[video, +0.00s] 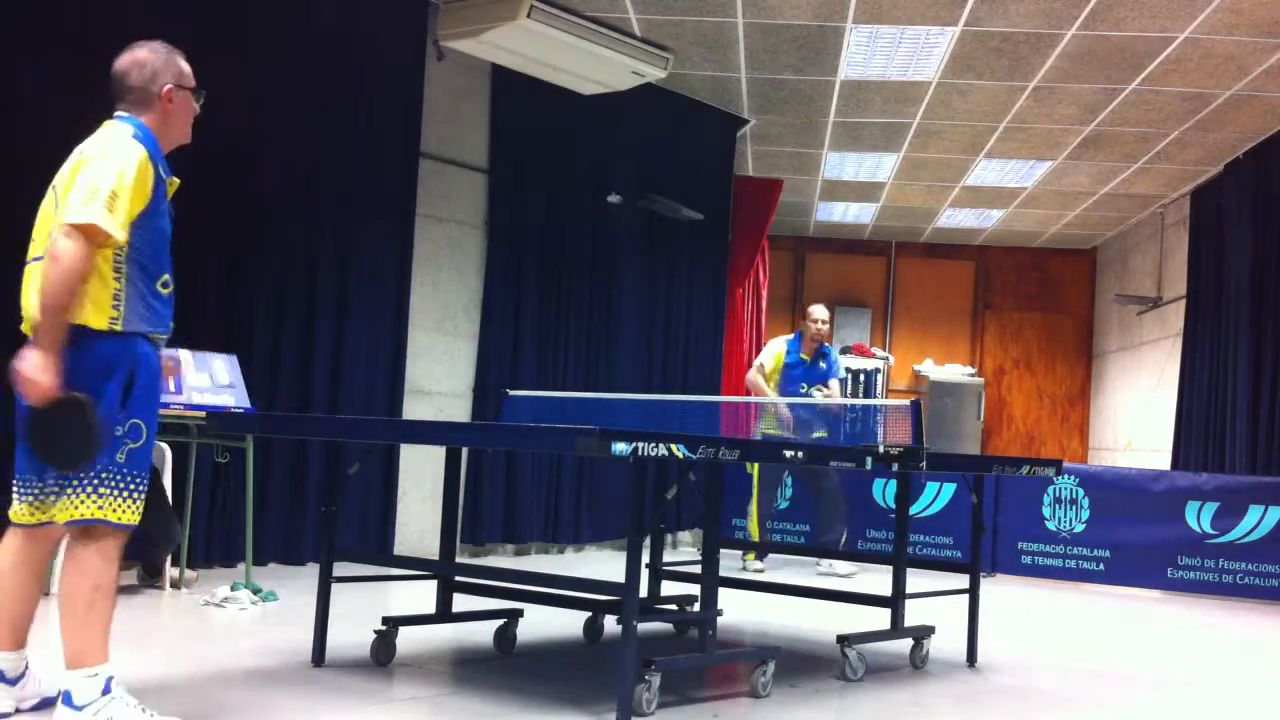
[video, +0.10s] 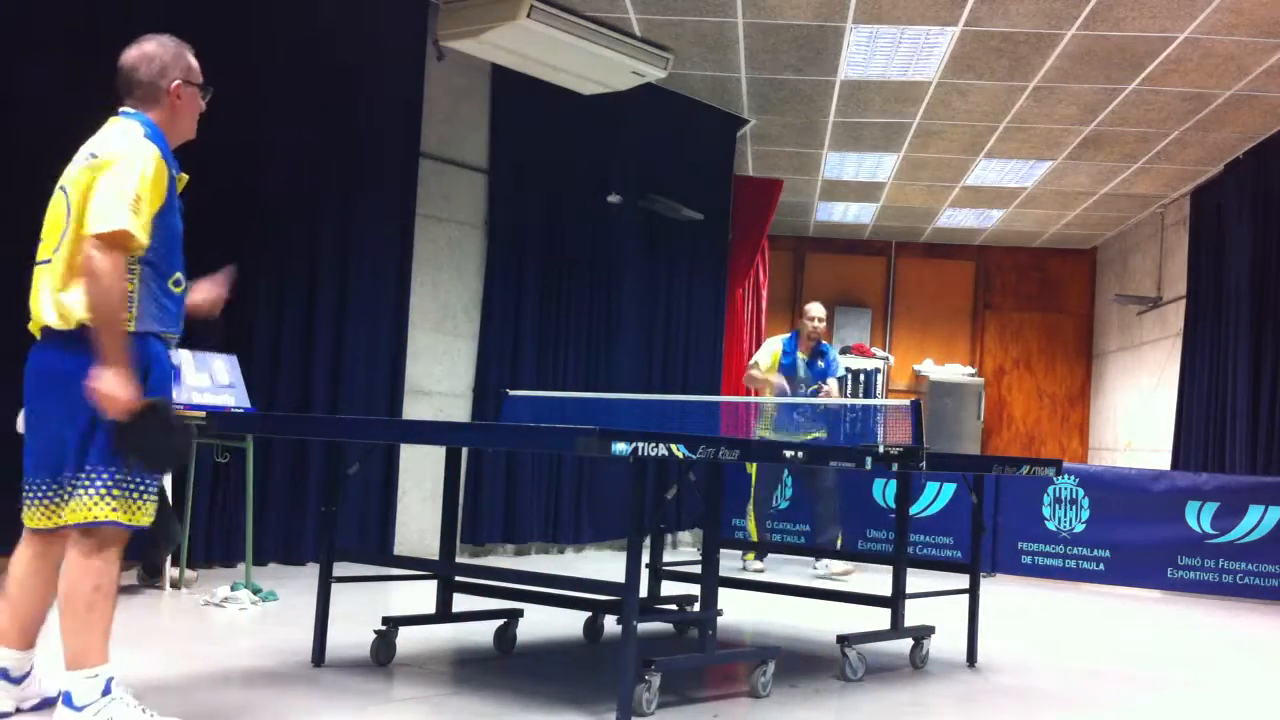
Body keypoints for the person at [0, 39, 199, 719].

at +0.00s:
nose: (196, 108)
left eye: (195, 95)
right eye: (192, 95)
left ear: (139, 95)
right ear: (167, 96)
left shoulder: (107, 149)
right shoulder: (127, 152)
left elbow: (96, 263)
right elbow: (72, 247)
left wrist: (145, 352)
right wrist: (45, 347)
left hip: (69, 352)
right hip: (109, 356)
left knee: (32, 518)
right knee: (101, 527)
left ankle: (7, 672)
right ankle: (89, 689)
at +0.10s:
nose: (203, 102)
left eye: (201, 89)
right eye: (198, 88)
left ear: (145, 90)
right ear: (173, 90)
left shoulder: (106, 147)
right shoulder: (138, 152)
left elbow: (91, 273)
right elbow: (101, 257)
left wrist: (181, 298)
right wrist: (114, 363)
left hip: (65, 354)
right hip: (109, 357)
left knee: (46, 528)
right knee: (100, 533)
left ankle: (10, 674)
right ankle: (88, 693)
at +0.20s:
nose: (210, 100)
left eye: (208, 87)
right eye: (206, 86)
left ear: (151, 87)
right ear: (181, 86)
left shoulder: (110, 142)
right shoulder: (150, 150)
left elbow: (119, 247)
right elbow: (135, 256)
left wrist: (207, 227)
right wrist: (175, 361)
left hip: (75, 353)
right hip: (113, 357)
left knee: (78, 521)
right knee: (104, 530)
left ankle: (31, 668)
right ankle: (86, 691)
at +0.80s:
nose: (269, 107)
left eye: (268, 94)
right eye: (264, 93)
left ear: (213, 95)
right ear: (234, 94)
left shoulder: (162, 149)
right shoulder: (197, 156)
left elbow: (151, 267)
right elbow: (185, 261)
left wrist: (249, 320)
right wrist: (265, 323)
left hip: (127, 358)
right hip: (170, 359)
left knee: (156, 522)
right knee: (205, 520)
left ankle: (124, 674)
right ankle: (136, 681)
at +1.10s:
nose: (284, 100)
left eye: (283, 87)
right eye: (277, 85)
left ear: (222, 87)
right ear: (239, 86)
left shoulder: (167, 139)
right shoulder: (208, 149)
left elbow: (152, 254)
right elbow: (240, 241)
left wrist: (221, 314)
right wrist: (351, 248)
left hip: (108, 353)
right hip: (163, 360)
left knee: (123, 528)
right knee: (189, 535)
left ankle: (105, 682)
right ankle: (149, 705)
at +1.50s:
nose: (196, 57)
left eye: (191, 44)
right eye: (178, 45)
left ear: (131, 63)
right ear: (131, 61)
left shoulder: (101, 125)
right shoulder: (131, 123)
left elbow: (124, 252)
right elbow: (216, 188)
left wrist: (220, 256)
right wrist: (322, 147)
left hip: (63, 356)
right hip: (127, 353)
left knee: (42, 529)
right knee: (159, 541)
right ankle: (147, 705)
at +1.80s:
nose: (160, 65)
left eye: (156, 52)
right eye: (151, 52)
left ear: (97, 64)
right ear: (117, 59)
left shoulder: (64, 125)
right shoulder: (102, 118)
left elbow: (148, 246)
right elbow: (143, 208)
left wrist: (231, 197)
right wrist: (250, 202)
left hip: (28, 347)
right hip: (101, 346)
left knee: (12, 529)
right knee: (134, 531)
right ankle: (135, 703)